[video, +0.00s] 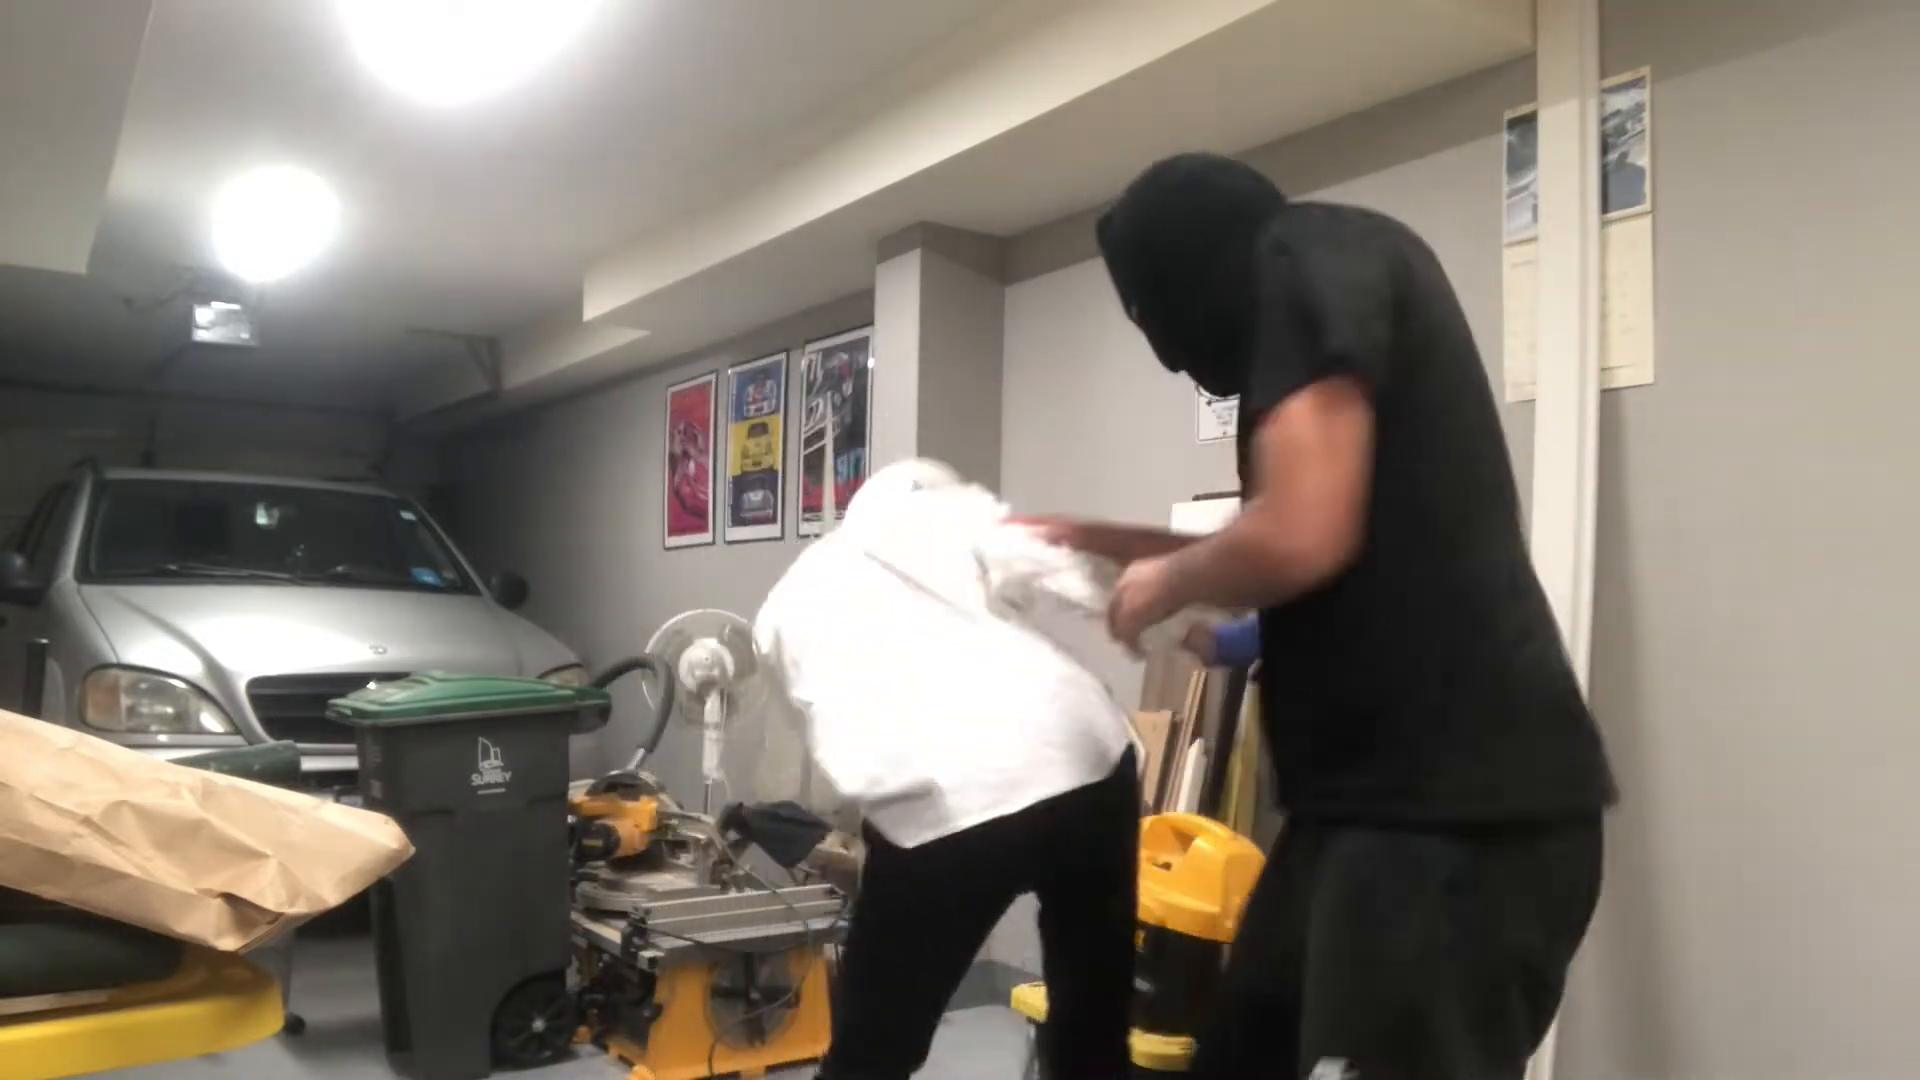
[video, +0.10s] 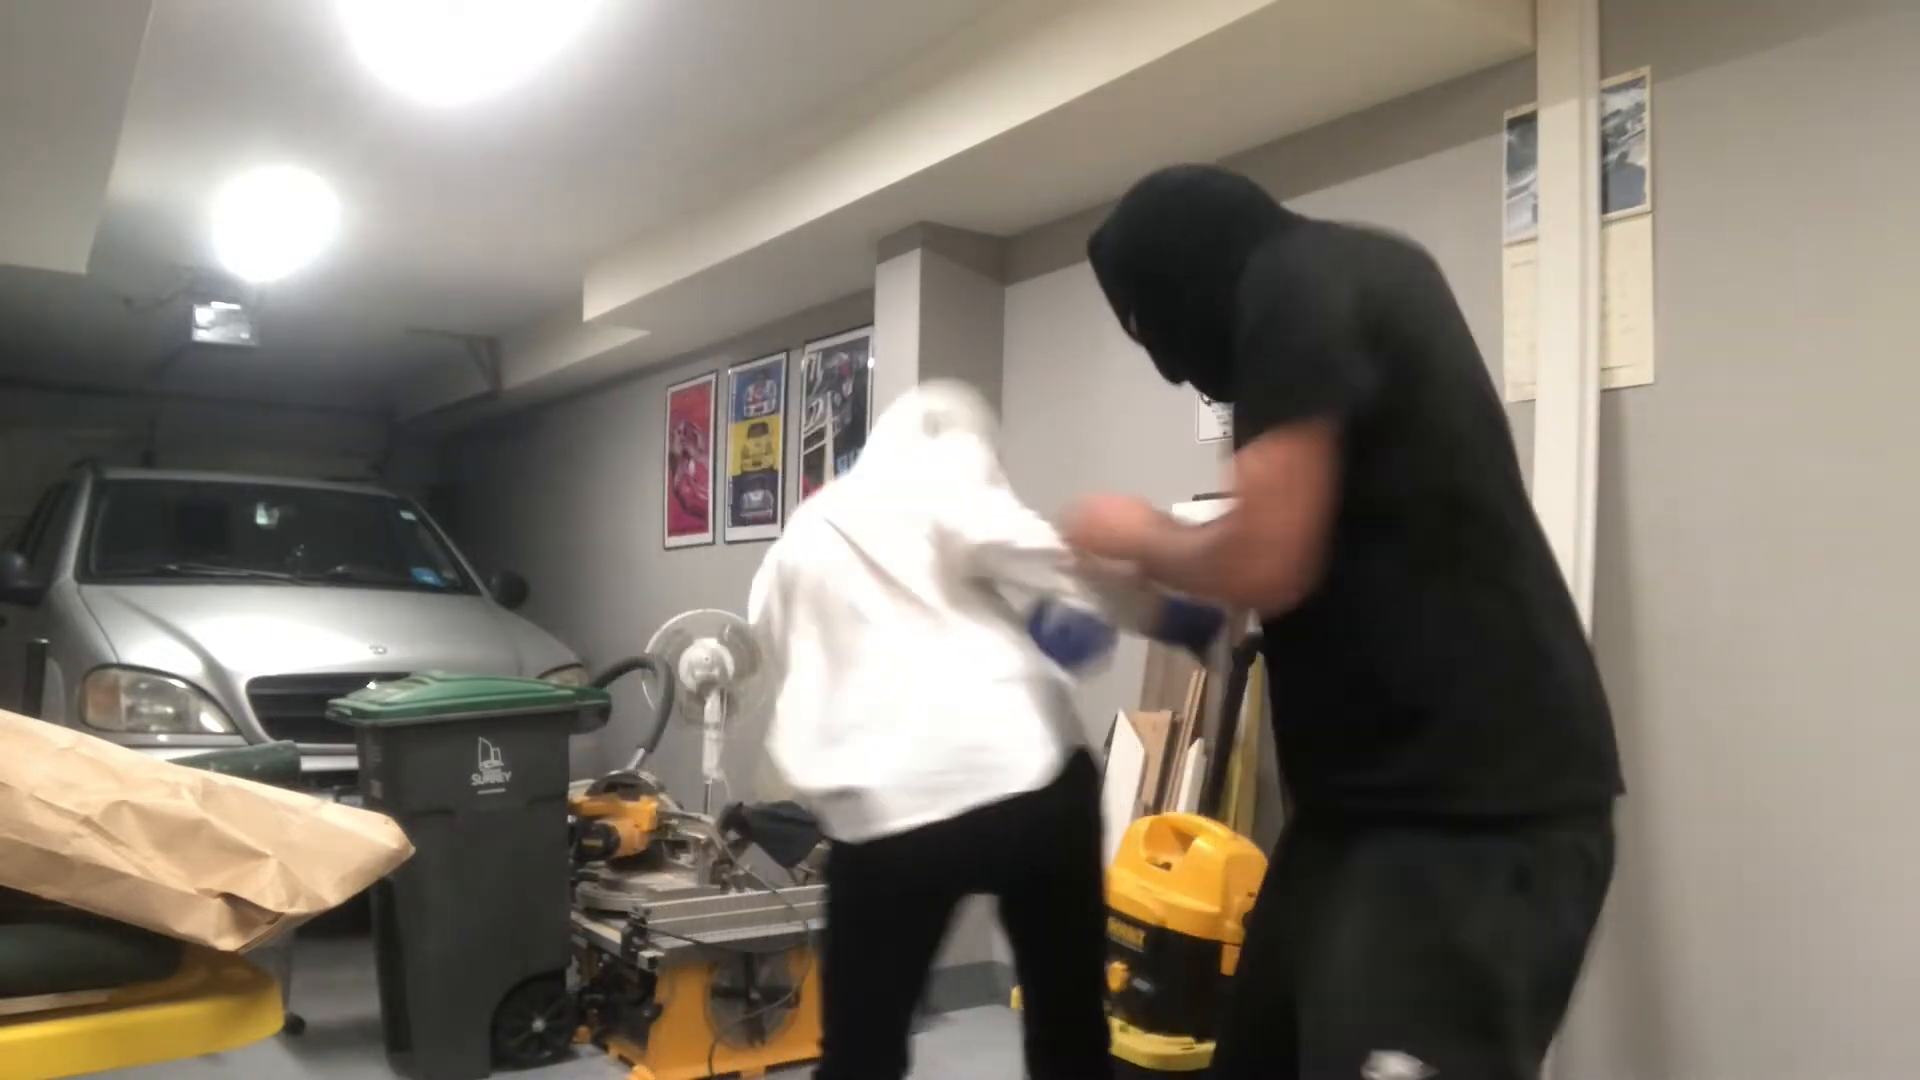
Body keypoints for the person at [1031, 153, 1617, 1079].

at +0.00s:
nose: (1167, 349)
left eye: (1157, 311)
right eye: (1149, 320)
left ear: (1192, 264)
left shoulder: (1318, 251)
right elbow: (1285, 542)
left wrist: (1172, 583)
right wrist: (1112, 544)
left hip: (1452, 821)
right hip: (1367, 810)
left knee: (1407, 1062)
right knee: (1241, 1062)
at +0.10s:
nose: (1162, 359)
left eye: (1149, 322)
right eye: (1141, 331)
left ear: (1186, 270)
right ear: (1223, 234)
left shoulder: (1307, 281)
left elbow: (1268, 560)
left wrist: (1146, 538)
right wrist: (1176, 581)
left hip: (1468, 817)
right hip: (1367, 808)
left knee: (1393, 1061)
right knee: (1260, 1060)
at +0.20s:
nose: (1167, 379)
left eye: (1157, 353)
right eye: (1152, 362)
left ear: (1183, 305)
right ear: (1265, 251)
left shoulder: (1257, 337)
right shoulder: (1455, 333)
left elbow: (1119, 580)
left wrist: (1043, 543)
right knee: (1268, 1064)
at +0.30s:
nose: (1176, 372)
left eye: (1165, 344)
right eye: (1159, 355)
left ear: (1196, 290)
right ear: (1256, 240)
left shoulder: (1292, 298)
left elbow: (1124, 542)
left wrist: (1056, 558)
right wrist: (1254, 570)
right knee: (1277, 1069)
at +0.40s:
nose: (1201, 344)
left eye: (1193, 313)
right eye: (1185, 322)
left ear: (1231, 258)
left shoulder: (1340, 267)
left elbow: (1250, 560)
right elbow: (1325, 572)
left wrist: (1121, 540)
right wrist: (1164, 523)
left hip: (1491, 828)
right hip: (1410, 822)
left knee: (1444, 1062)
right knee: (1298, 1063)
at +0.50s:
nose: (1221, 326)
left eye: (1217, 293)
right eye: (1207, 301)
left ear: (1267, 243)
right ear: (1314, 213)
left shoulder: (1370, 270)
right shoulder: (1431, 268)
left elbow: (1318, 554)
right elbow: (1363, 536)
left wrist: (1169, 513)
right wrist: (1222, 504)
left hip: (1469, 824)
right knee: (1298, 1061)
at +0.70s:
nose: (1214, 299)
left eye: (1213, 270)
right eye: (1206, 274)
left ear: (1261, 246)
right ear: (1359, 204)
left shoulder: (1326, 344)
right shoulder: (1554, 312)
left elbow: (1152, 561)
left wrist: (1052, 577)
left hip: (1486, 883)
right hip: (1624, 866)